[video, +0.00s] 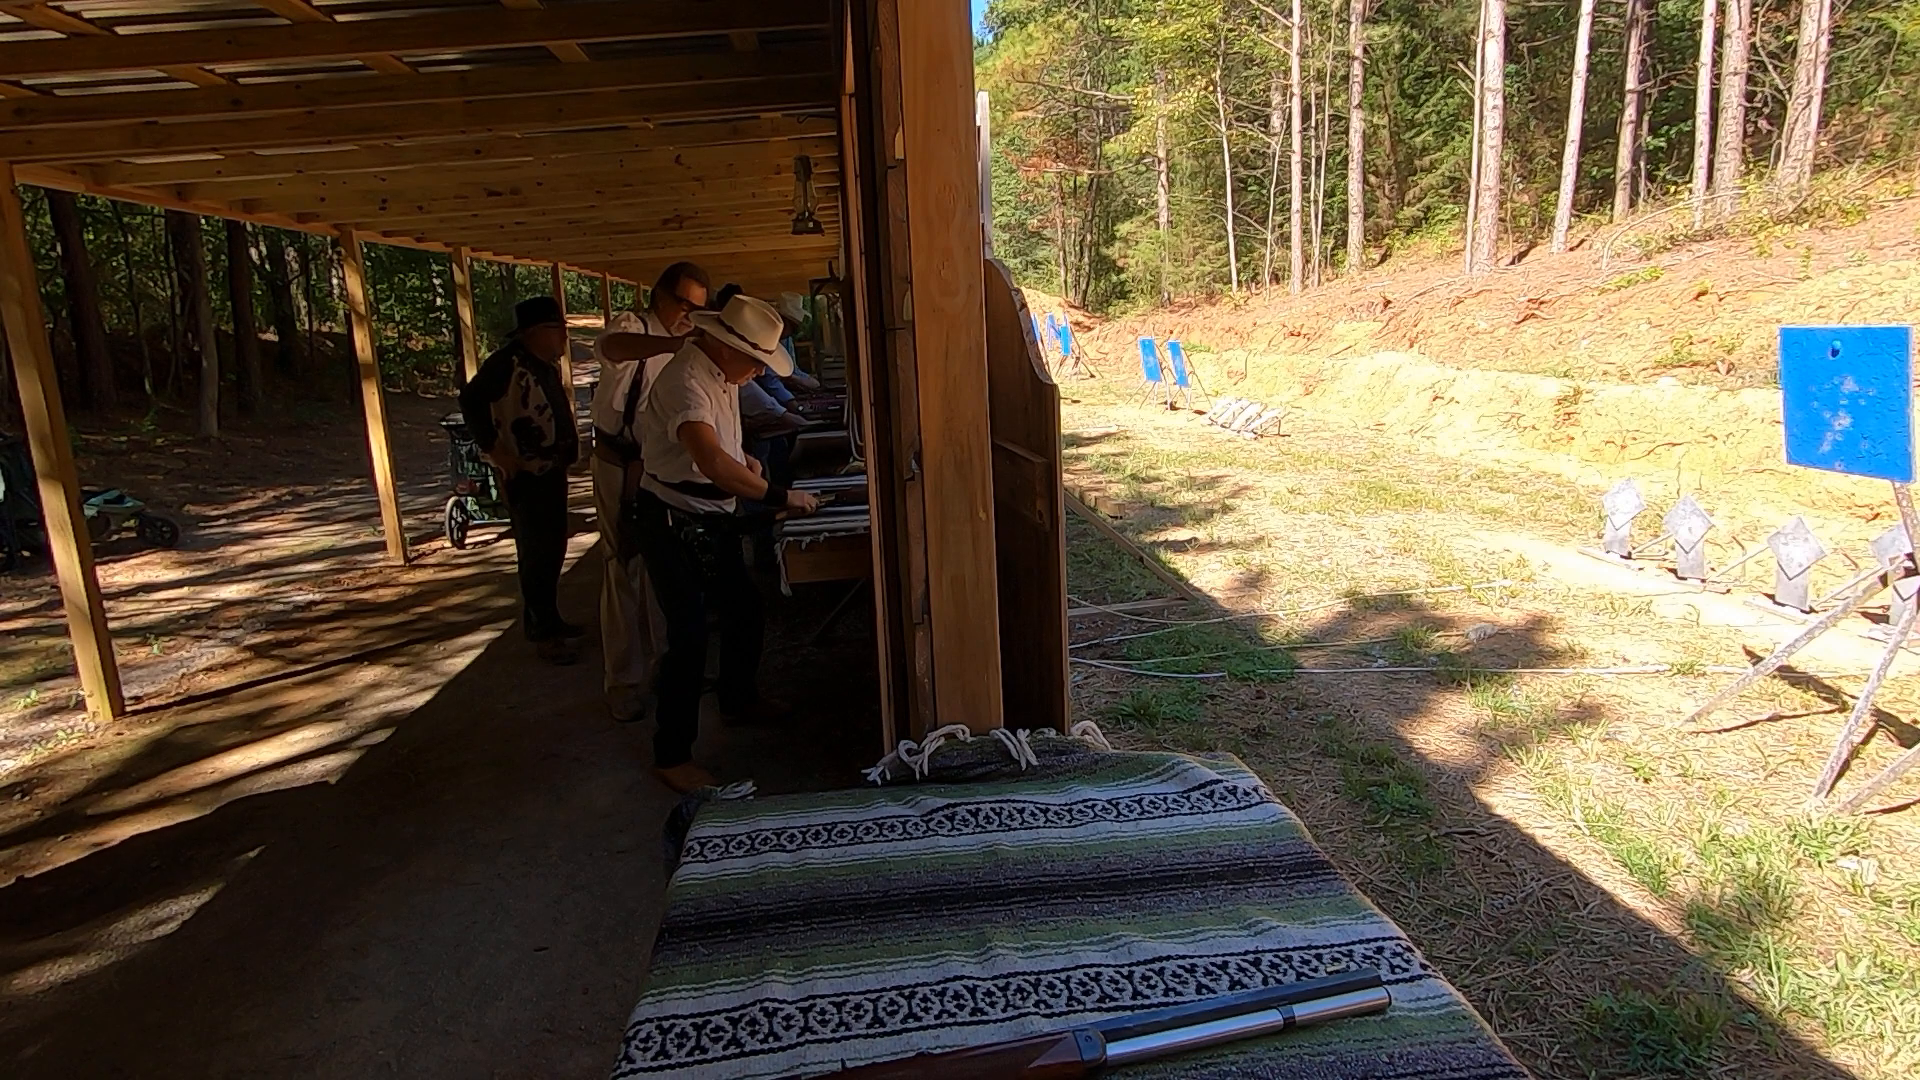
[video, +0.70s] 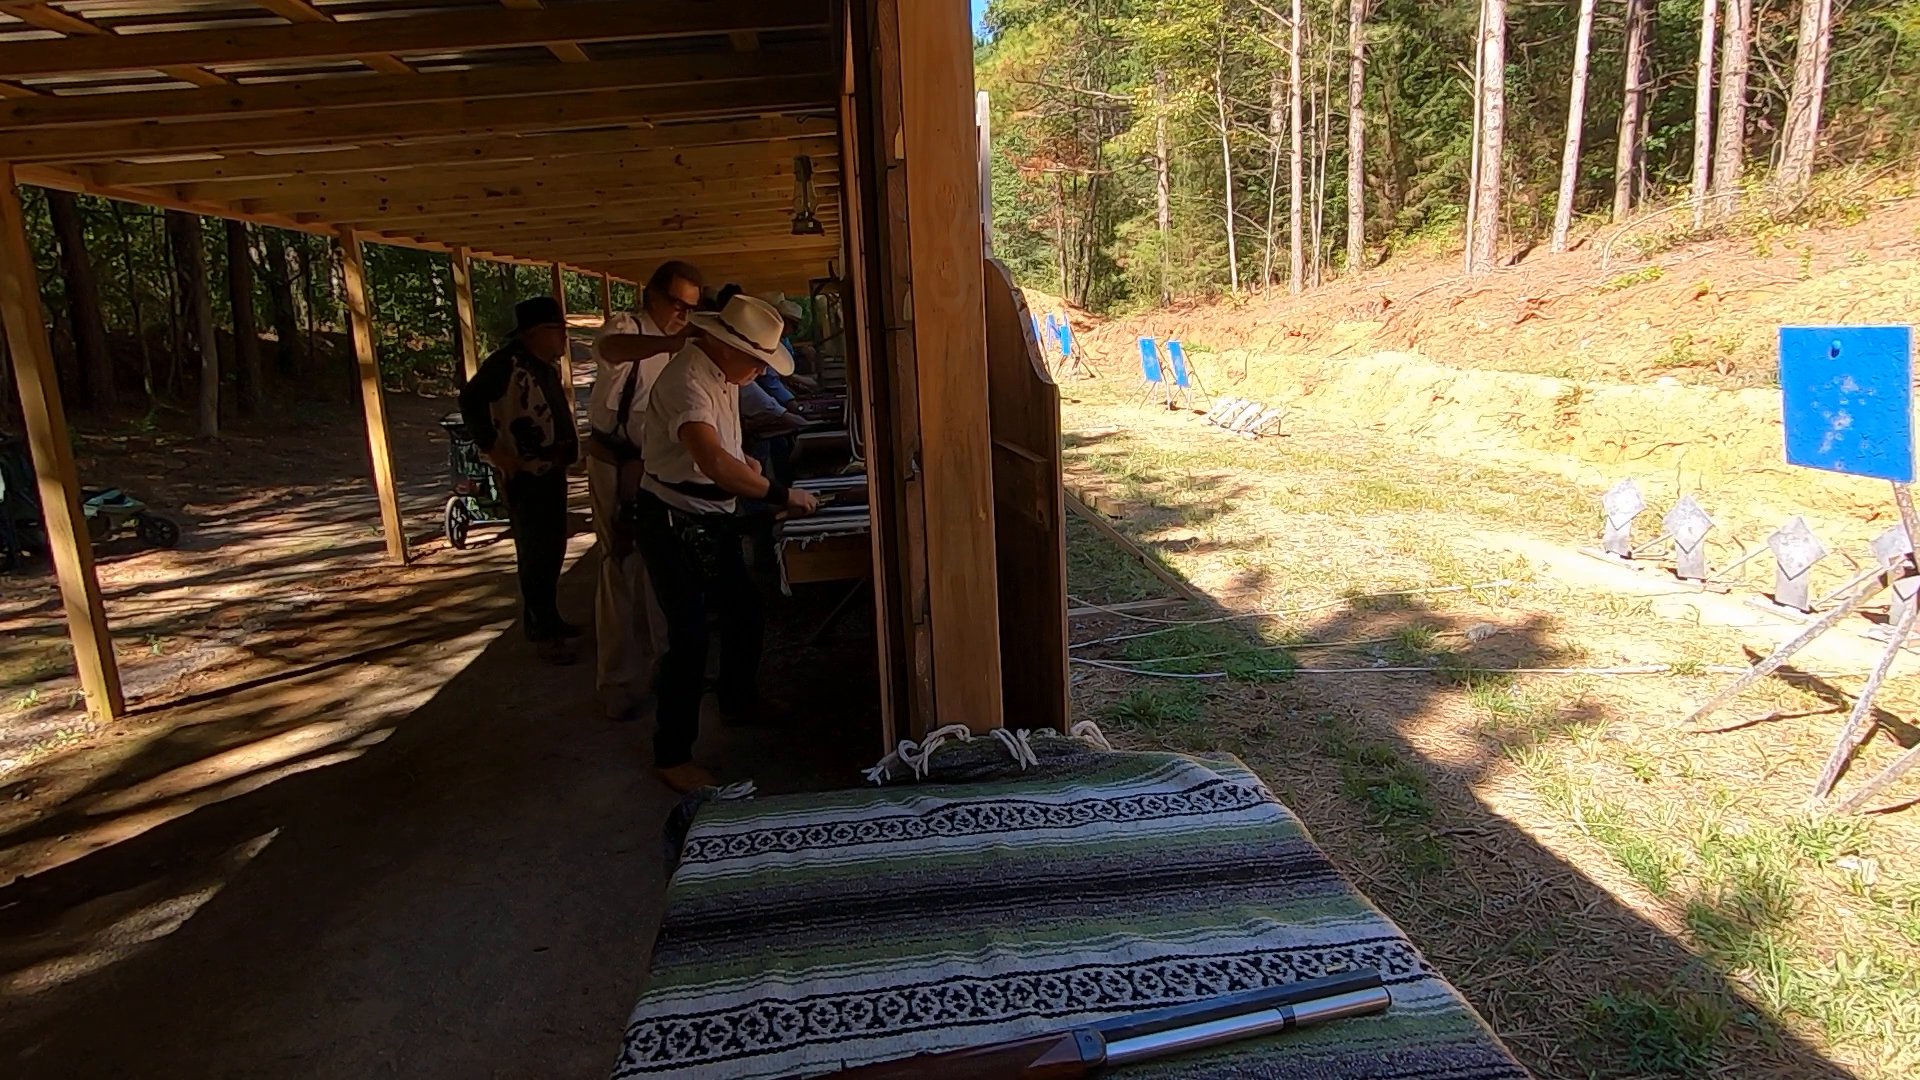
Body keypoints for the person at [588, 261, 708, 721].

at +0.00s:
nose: (689, 314)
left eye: (696, 309)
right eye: (683, 304)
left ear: (699, 311)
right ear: (659, 295)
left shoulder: (690, 344)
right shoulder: (631, 325)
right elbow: (608, 347)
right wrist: (674, 345)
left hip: (667, 461)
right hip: (618, 462)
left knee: (669, 563)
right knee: (624, 569)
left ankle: (670, 665)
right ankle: (624, 682)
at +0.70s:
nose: (683, 314)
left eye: (690, 308)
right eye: (677, 304)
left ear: (692, 310)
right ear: (651, 296)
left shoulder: (683, 344)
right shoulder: (625, 326)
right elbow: (608, 349)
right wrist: (671, 343)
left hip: (664, 459)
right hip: (615, 461)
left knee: (665, 562)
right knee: (620, 568)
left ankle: (670, 664)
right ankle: (616, 682)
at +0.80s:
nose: (675, 312)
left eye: (683, 307)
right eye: (669, 302)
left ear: (687, 308)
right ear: (643, 294)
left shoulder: (678, 341)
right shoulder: (619, 325)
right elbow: (597, 351)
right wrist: (662, 341)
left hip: (660, 459)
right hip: (609, 459)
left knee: (661, 564)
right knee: (612, 567)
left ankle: (668, 665)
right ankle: (600, 679)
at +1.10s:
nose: (636, 312)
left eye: (643, 303)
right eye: (627, 302)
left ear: (649, 303)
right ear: (601, 298)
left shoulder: (653, 344)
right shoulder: (575, 337)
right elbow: (537, 377)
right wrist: (607, 362)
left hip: (644, 473)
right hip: (584, 476)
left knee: (653, 580)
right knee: (569, 581)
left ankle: (670, 675)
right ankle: (545, 694)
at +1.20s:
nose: (615, 311)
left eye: (620, 304)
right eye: (605, 303)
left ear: (624, 304)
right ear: (577, 301)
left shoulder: (627, 351)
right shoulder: (549, 343)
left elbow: (640, 408)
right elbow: (512, 397)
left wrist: (644, 443)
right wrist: (573, 383)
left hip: (623, 475)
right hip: (567, 479)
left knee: (646, 575)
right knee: (559, 582)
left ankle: (666, 669)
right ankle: (544, 694)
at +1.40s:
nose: (568, 309)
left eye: (573, 300)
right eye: (557, 301)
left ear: (577, 301)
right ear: (528, 301)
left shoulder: (593, 354)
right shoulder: (499, 357)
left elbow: (614, 419)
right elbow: (462, 428)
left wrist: (640, 469)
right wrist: (517, 433)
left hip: (591, 480)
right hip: (533, 486)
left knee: (632, 563)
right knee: (537, 586)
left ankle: (663, 659)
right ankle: (543, 696)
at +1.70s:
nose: (525, 307)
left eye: (530, 298)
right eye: (513, 300)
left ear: (536, 299)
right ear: (483, 301)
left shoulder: (558, 353)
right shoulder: (454, 360)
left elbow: (585, 421)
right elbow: (436, 432)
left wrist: (614, 475)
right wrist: (473, 454)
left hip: (560, 481)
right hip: (502, 489)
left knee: (587, 576)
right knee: (520, 591)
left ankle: (594, 690)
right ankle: (539, 697)